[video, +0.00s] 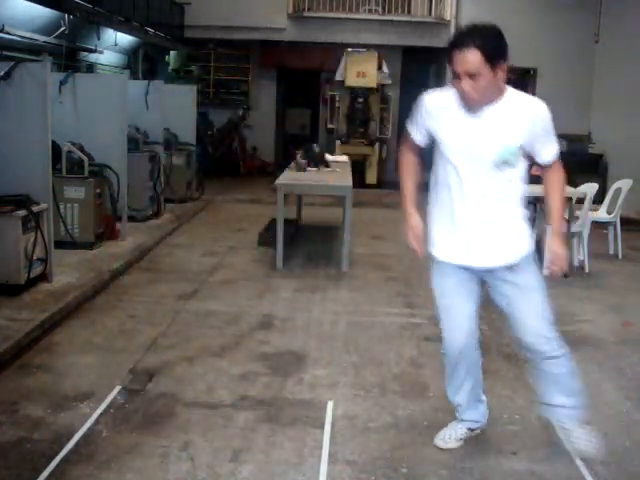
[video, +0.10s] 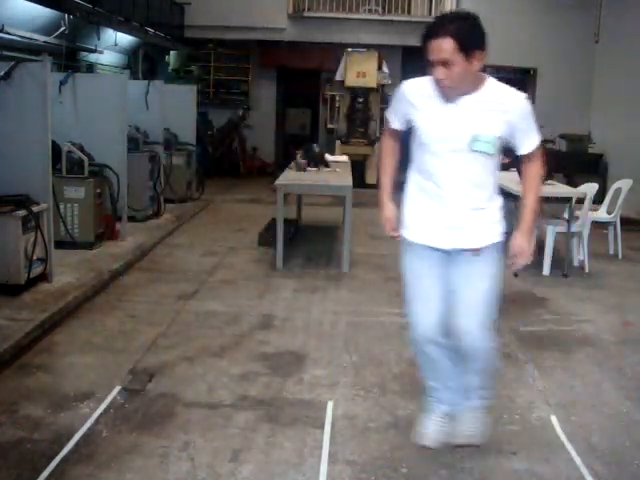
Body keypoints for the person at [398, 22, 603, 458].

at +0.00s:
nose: (463, 86)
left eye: (472, 76)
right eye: (457, 76)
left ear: (501, 70)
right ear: (449, 70)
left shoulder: (531, 113)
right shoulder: (434, 105)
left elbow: (552, 168)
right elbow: (409, 149)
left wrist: (556, 235)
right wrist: (411, 211)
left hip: (510, 252)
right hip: (449, 251)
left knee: (540, 339)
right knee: (457, 341)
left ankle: (568, 418)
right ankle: (469, 417)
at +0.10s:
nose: (436, 74)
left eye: (446, 64)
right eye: (432, 64)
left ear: (477, 60)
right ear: (426, 61)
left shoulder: (511, 105)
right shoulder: (412, 94)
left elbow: (532, 161)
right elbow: (391, 137)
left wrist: (525, 229)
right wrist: (386, 198)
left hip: (480, 240)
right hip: (421, 236)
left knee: (471, 331)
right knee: (424, 328)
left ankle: (473, 403)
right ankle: (441, 404)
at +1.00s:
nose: (161, 122)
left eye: (171, 111)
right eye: (153, 111)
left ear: (192, 106)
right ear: (143, 105)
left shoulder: (216, 156)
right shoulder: (121, 136)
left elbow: (222, 223)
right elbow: (102, 190)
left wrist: (212, 290)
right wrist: (80, 251)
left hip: (179, 272)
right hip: (119, 264)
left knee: (191, 353)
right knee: (80, 337)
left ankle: (188, 417)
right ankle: (50, 402)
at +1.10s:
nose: (186, 99)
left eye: (195, 88)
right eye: (177, 89)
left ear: (212, 82)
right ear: (163, 83)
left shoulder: (239, 129)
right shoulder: (142, 116)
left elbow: (254, 188)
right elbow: (121, 167)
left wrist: (239, 255)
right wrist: (96, 226)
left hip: (202, 266)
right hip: (140, 256)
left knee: (192, 355)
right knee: (103, 325)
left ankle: (172, 418)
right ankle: (55, 396)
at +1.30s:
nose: (242, 87)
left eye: (250, 77)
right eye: (232, 77)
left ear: (260, 65)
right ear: (206, 66)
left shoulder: (280, 109)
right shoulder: (176, 101)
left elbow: (295, 166)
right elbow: (151, 158)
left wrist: (297, 232)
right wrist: (145, 224)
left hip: (257, 245)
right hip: (195, 238)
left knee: (257, 336)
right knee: (175, 331)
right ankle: (171, 417)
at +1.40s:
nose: (274, 105)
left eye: (282, 94)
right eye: (264, 95)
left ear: (290, 85)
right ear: (236, 87)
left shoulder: (303, 130)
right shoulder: (202, 125)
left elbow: (313, 193)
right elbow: (176, 188)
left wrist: (322, 258)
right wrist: (171, 255)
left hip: (285, 261)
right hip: (218, 261)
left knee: (326, 346)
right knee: (194, 354)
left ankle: (351, 422)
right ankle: (174, 424)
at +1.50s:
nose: (317, 103)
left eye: (325, 92)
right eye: (306, 94)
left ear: (334, 84)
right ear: (279, 89)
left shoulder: (350, 128)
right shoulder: (247, 133)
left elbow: (354, 194)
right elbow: (223, 202)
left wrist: (357, 259)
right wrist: (205, 272)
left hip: (331, 271)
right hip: (261, 273)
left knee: (370, 354)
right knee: (226, 354)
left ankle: (384, 437)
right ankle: (174, 425)